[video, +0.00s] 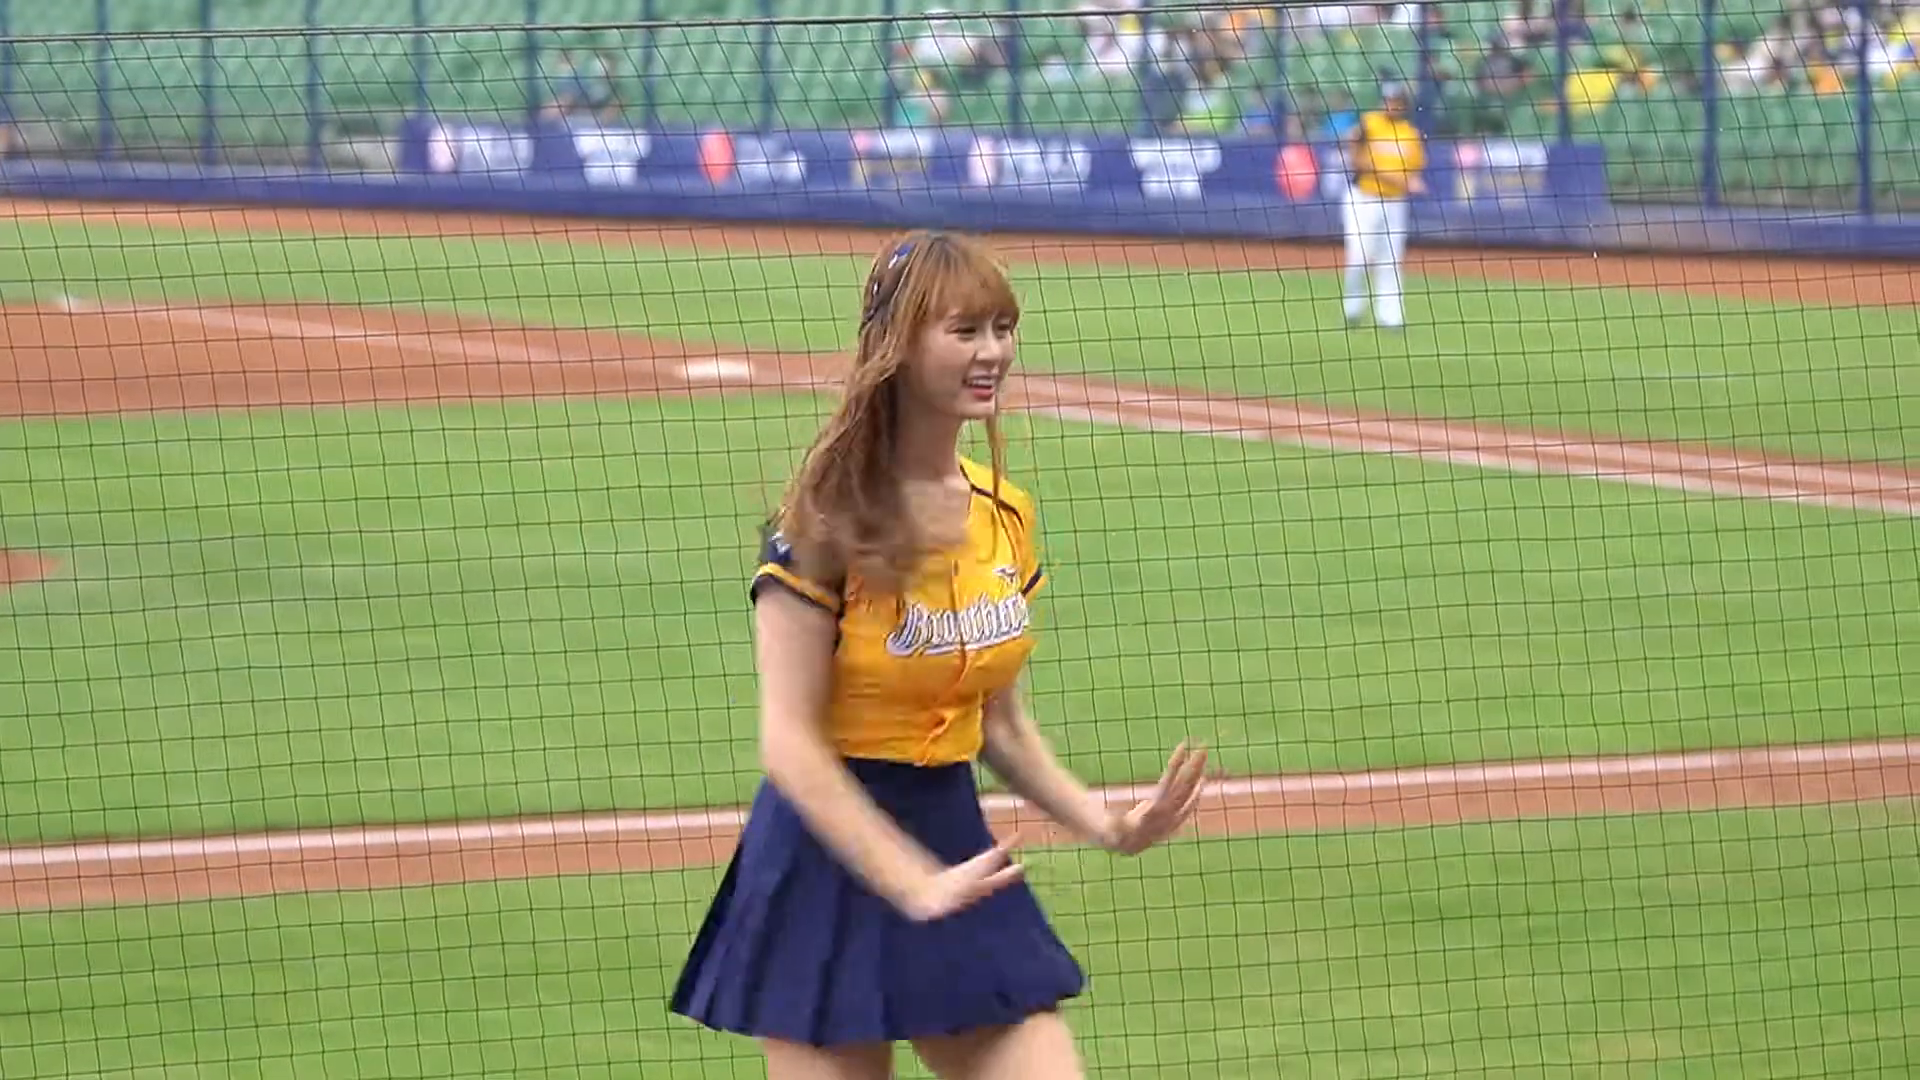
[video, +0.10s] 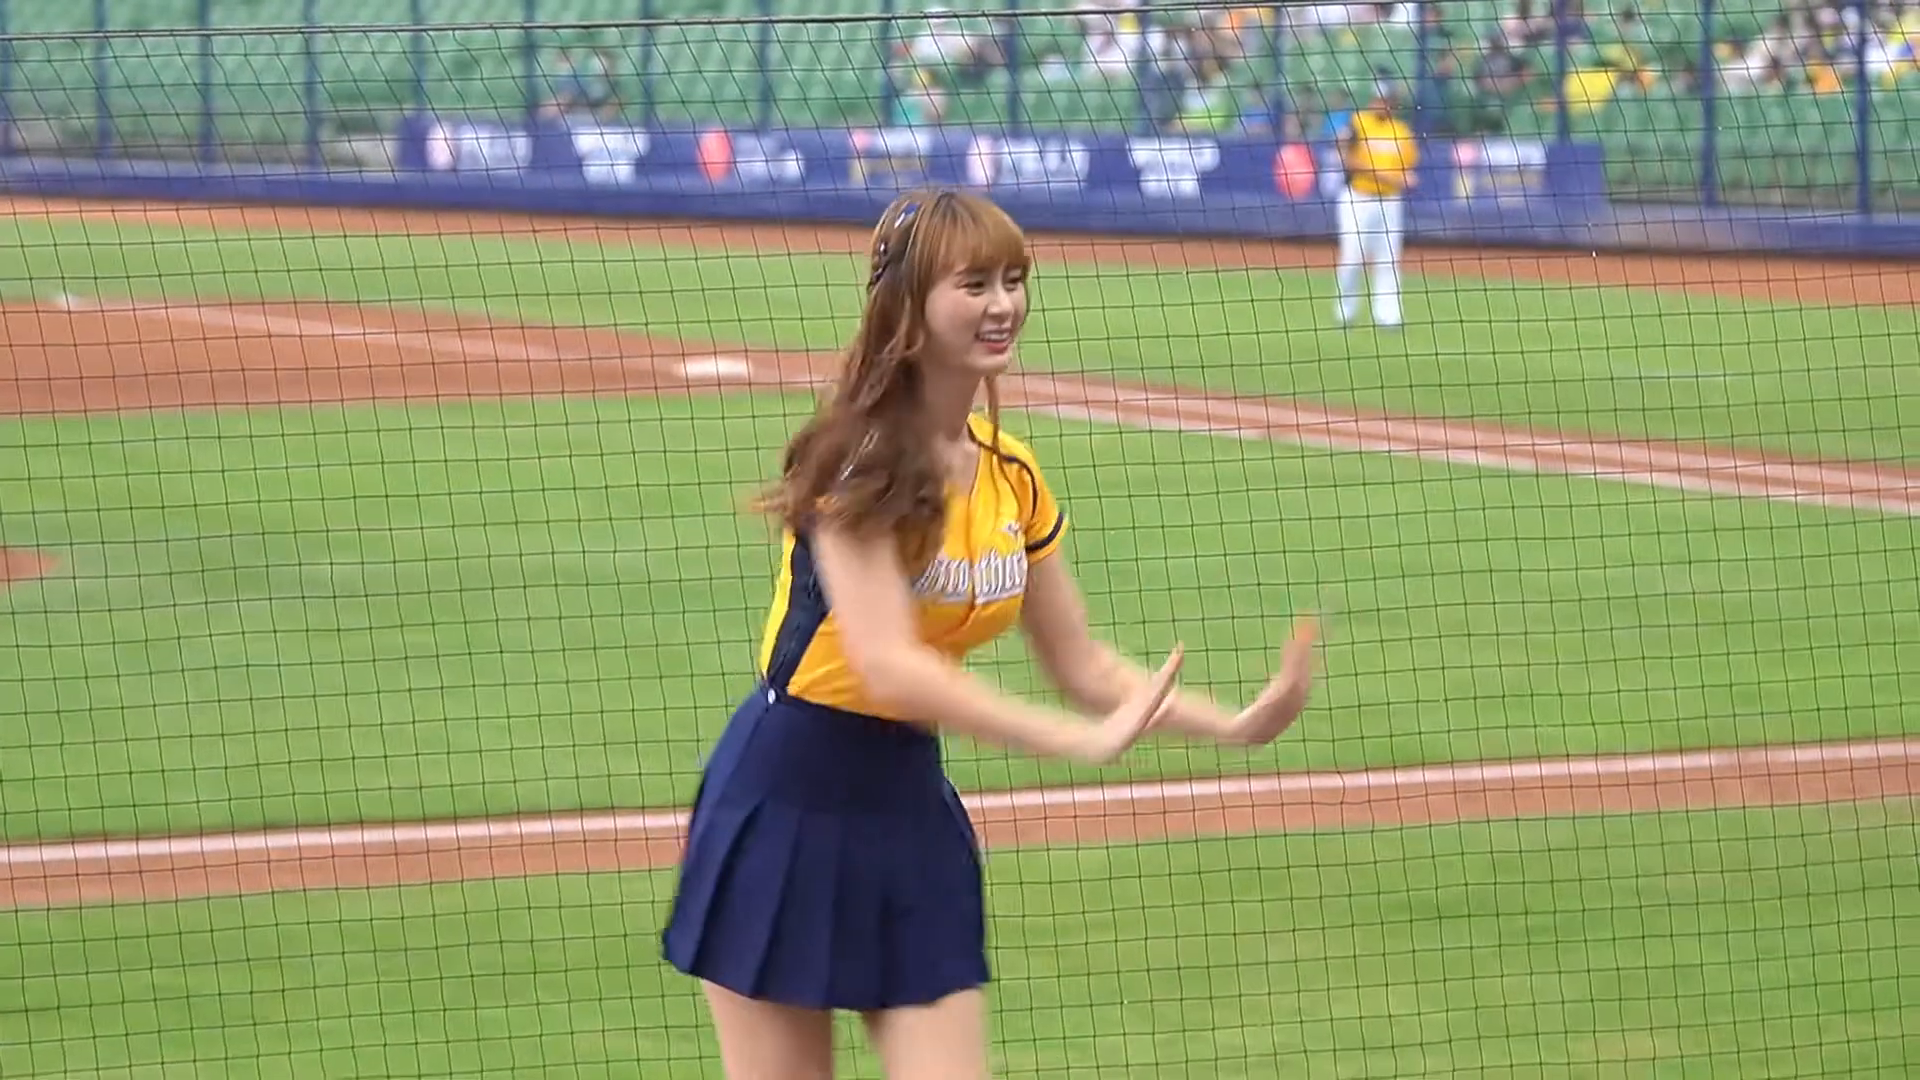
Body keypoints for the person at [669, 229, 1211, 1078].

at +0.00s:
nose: (994, 353)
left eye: (1003, 329)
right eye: (965, 330)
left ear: (1014, 339)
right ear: (895, 344)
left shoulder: (1004, 511)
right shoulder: (825, 519)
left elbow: (998, 715)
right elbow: (787, 741)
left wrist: (1097, 818)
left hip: (950, 830)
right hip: (827, 830)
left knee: (1047, 1061)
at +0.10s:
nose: (1004, 304)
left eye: (1015, 281)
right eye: (974, 283)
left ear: (1029, 293)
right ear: (910, 305)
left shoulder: (1012, 472)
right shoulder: (852, 462)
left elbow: (1080, 658)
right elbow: (887, 665)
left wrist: (1227, 725)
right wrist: (1080, 739)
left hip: (909, 793)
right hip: (783, 792)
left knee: (950, 1061)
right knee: (780, 1065)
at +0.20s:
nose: (1019, 305)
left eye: (1029, 284)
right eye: (989, 284)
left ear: (1040, 303)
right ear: (921, 304)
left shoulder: (1018, 477)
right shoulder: (876, 431)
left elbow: (1175, 598)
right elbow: (989, 585)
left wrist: (1370, 629)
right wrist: (1192, 614)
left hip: (869, 789)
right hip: (749, 776)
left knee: (856, 1062)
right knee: (728, 1064)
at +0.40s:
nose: (995, 318)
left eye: (1005, 296)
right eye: (968, 297)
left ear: (1017, 310)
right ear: (903, 315)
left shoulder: (991, 478)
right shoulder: (860, 459)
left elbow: (1148, 617)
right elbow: (937, 635)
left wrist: (1331, 684)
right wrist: (1145, 662)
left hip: (850, 803)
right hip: (746, 789)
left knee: (851, 1069)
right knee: (739, 1071)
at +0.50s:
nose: (952, 329)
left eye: (963, 305)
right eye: (927, 304)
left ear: (977, 313)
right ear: (856, 313)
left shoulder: (956, 468)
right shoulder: (792, 473)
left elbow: (1027, 652)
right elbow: (803, 684)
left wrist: (1122, 792)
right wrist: (966, 793)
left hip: (885, 813)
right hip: (771, 807)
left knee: (909, 1058)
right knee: (801, 1061)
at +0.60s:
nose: (916, 392)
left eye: (925, 368)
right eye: (894, 367)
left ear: (936, 374)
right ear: (820, 367)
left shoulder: (940, 516)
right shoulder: (739, 533)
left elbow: (980, 713)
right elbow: (736, 753)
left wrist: (998, 856)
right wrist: (853, 883)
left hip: (917, 839)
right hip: (792, 842)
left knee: (963, 1057)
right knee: (818, 1057)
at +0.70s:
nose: (922, 364)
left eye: (930, 339)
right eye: (897, 339)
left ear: (939, 350)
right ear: (823, 349)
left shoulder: (959, 481)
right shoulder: (737, 521)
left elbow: (998, 664)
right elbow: (730, 724)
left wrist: (978, 799)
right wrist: (778, 825)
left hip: (937, 826)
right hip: (799, 834)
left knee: (966, 1058)